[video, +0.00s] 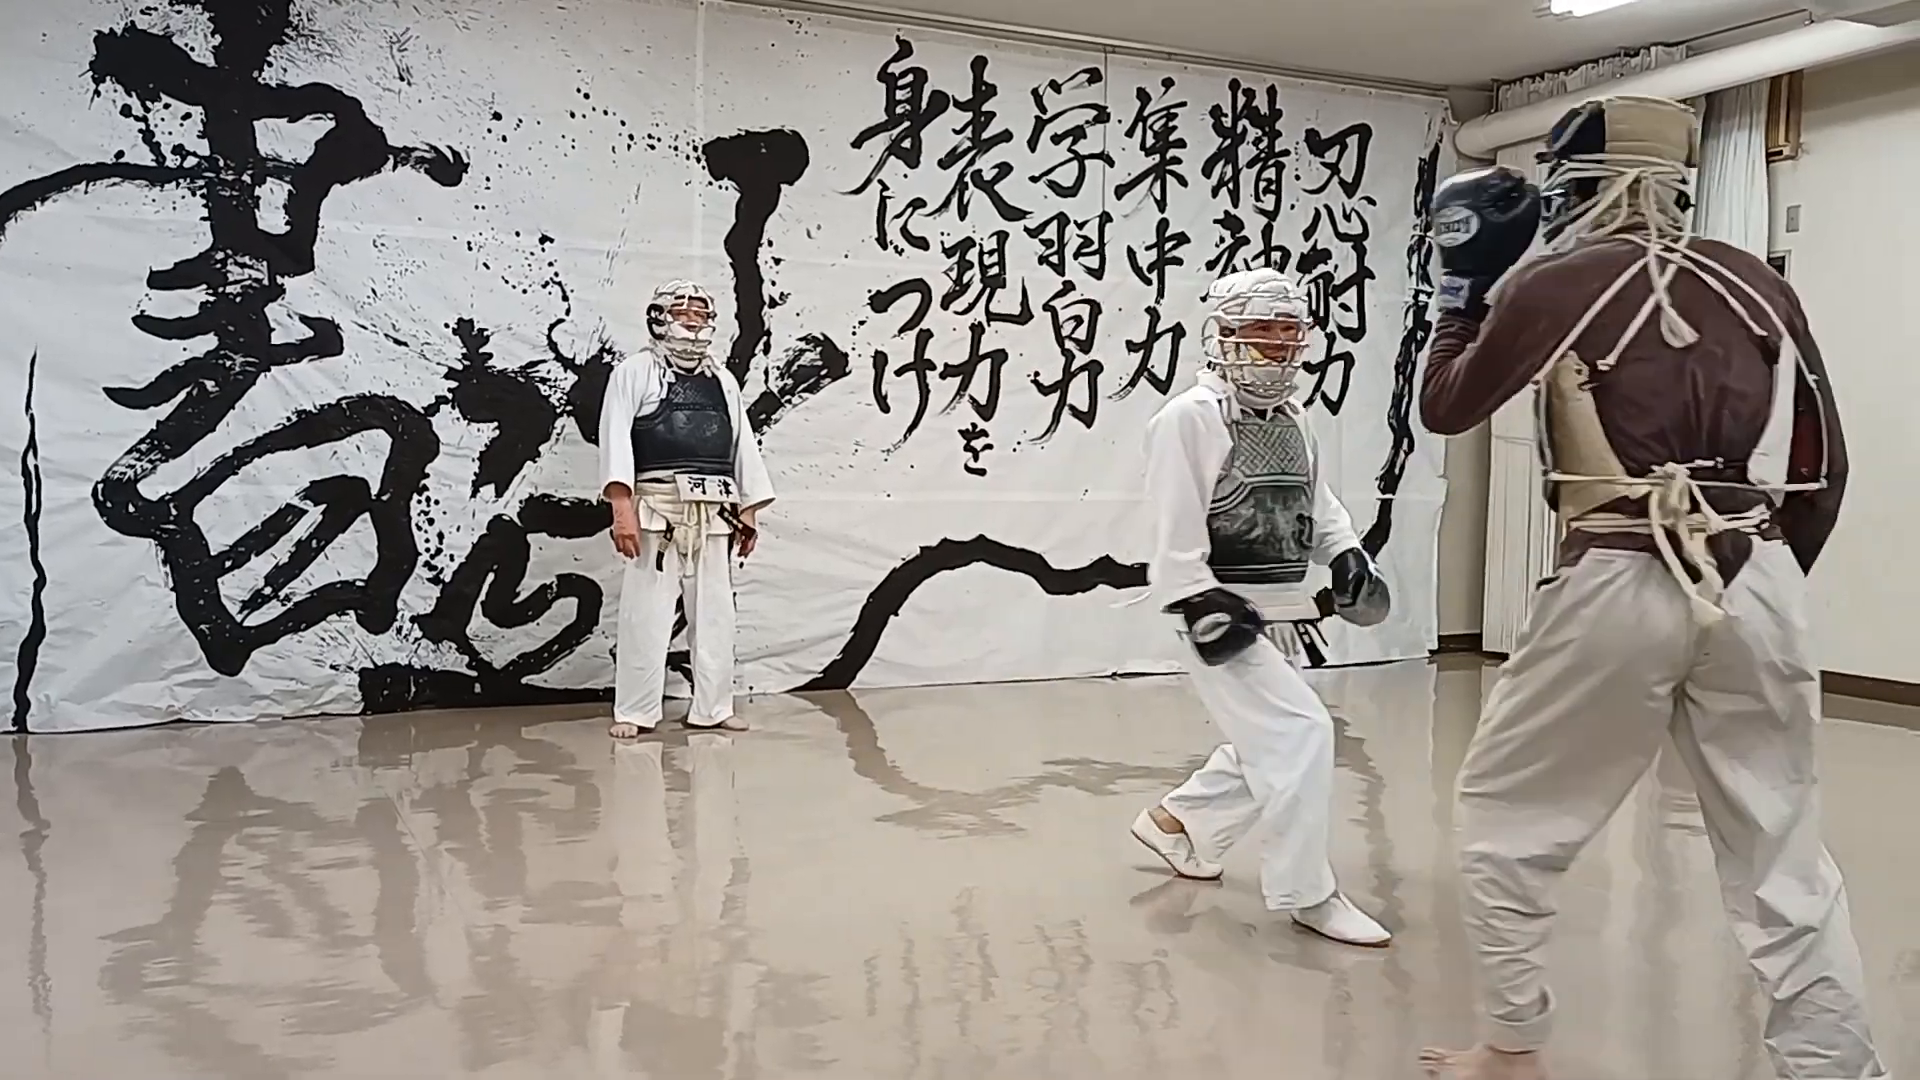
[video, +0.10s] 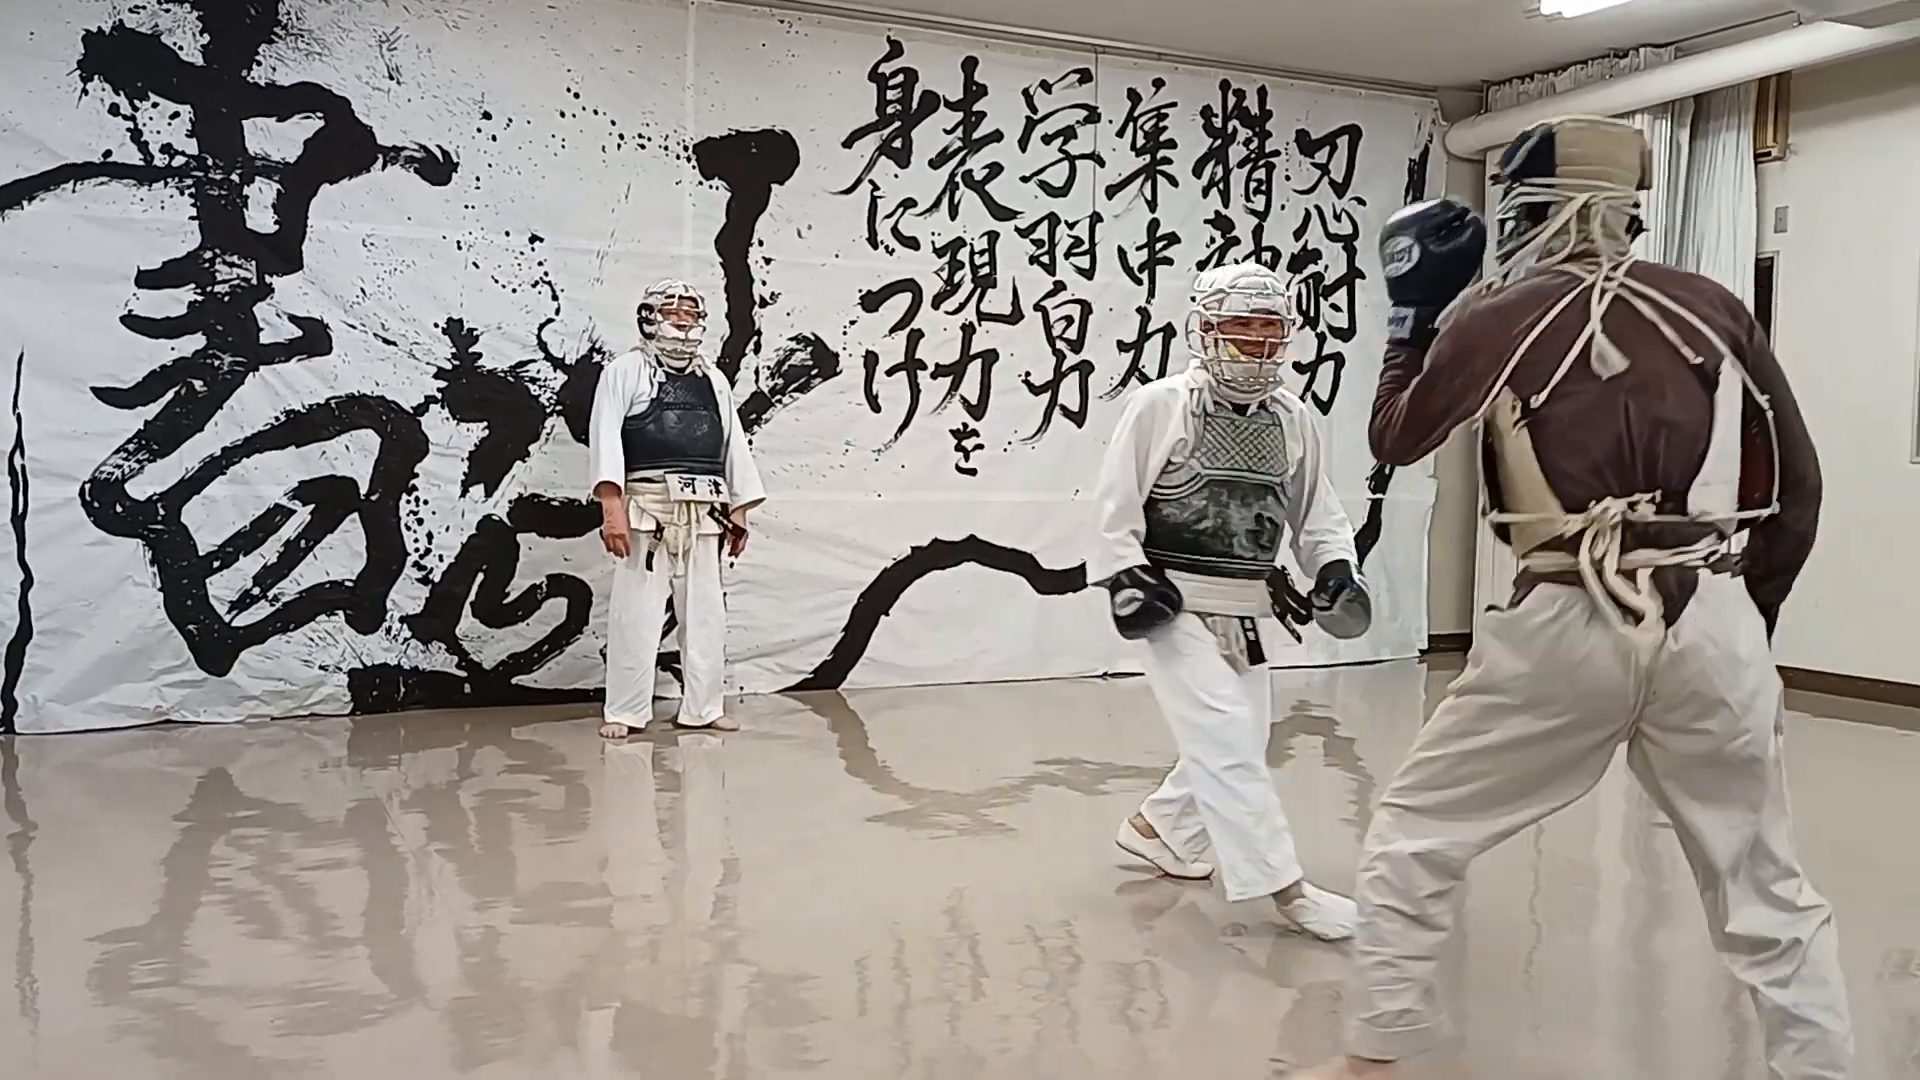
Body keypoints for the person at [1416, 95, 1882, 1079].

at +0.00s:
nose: (1553, 193)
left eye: (1563, 178)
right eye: (1557, 178)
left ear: (1588, 184)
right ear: (1677, 184)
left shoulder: (1555, 282)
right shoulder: (1762, 280)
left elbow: (1446, 402)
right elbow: (1821, 470)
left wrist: (1462, 284)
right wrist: (1766, 581)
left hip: (1612, 591)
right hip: (1759, 586)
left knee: (1505, 816)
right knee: (1783, 855)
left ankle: (1513, 1041)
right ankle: (1832, 1066)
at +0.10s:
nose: (1506, 224)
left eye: (1514, 211)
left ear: (1530, 215)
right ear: (1628, 213)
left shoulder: (1493, 317)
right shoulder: (1714, 303)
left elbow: (1393, 437)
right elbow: (1797, 487)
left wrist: (1412, 317)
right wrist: (1740, 613)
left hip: (1560, 627)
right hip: (1712, 621)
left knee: (1415, 830)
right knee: (1769, 893)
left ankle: (1388, 1052)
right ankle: (1819, 1067)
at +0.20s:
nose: (1431, 247)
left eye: (1440, 235)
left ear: (1449, 243)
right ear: (1549, 242)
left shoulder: (1409, 357)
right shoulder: (1623, 334)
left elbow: (1340, 491)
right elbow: (1714, 495)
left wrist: (1354, 359)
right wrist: (1712, 635)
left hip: (1480, 658)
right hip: (1630, 655)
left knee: (1340, 868)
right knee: (1703, 883)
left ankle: (1245, 1054)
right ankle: (1774, 1061)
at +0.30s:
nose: (1327, 241)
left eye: (1334, 229)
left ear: (1343, 234)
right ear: (1442, 235)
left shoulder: (1295, 340)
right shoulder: (1505, 329)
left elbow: (1240, 484)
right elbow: (1607, 477)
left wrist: (1271, 346)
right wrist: (1634, 626)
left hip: (1341, 645)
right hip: (1499, 642)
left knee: (1239, 859)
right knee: (1620, 881)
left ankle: (1202, 1060)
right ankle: (1724, 1067)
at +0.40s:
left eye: (1257, 187)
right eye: (1350, 191)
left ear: (1254, 190)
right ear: (1353, 197)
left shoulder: (1196, 292)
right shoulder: (1408, 295)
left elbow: (1123, 438)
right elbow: (1499, 443)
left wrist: (1156, 335)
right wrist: (1526, 584)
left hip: (1241, 600)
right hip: (1392, 594)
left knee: (1200, 859)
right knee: (1484, 855)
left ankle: (1202, 1061)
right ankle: (1586, 1059)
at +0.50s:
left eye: (1182, 130)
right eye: (1291, 138)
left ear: (1180, 135)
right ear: (1285, 144)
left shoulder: (1114, 229)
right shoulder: (1343, 242)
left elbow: (1053, 395)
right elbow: (1407, 409)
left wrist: (1100, 317)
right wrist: (1407, 562)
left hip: (1166, 545)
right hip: (1315, 543)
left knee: (1161, 828)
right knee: (1326, 828)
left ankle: (1176, 1061)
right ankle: (1358, 1063)